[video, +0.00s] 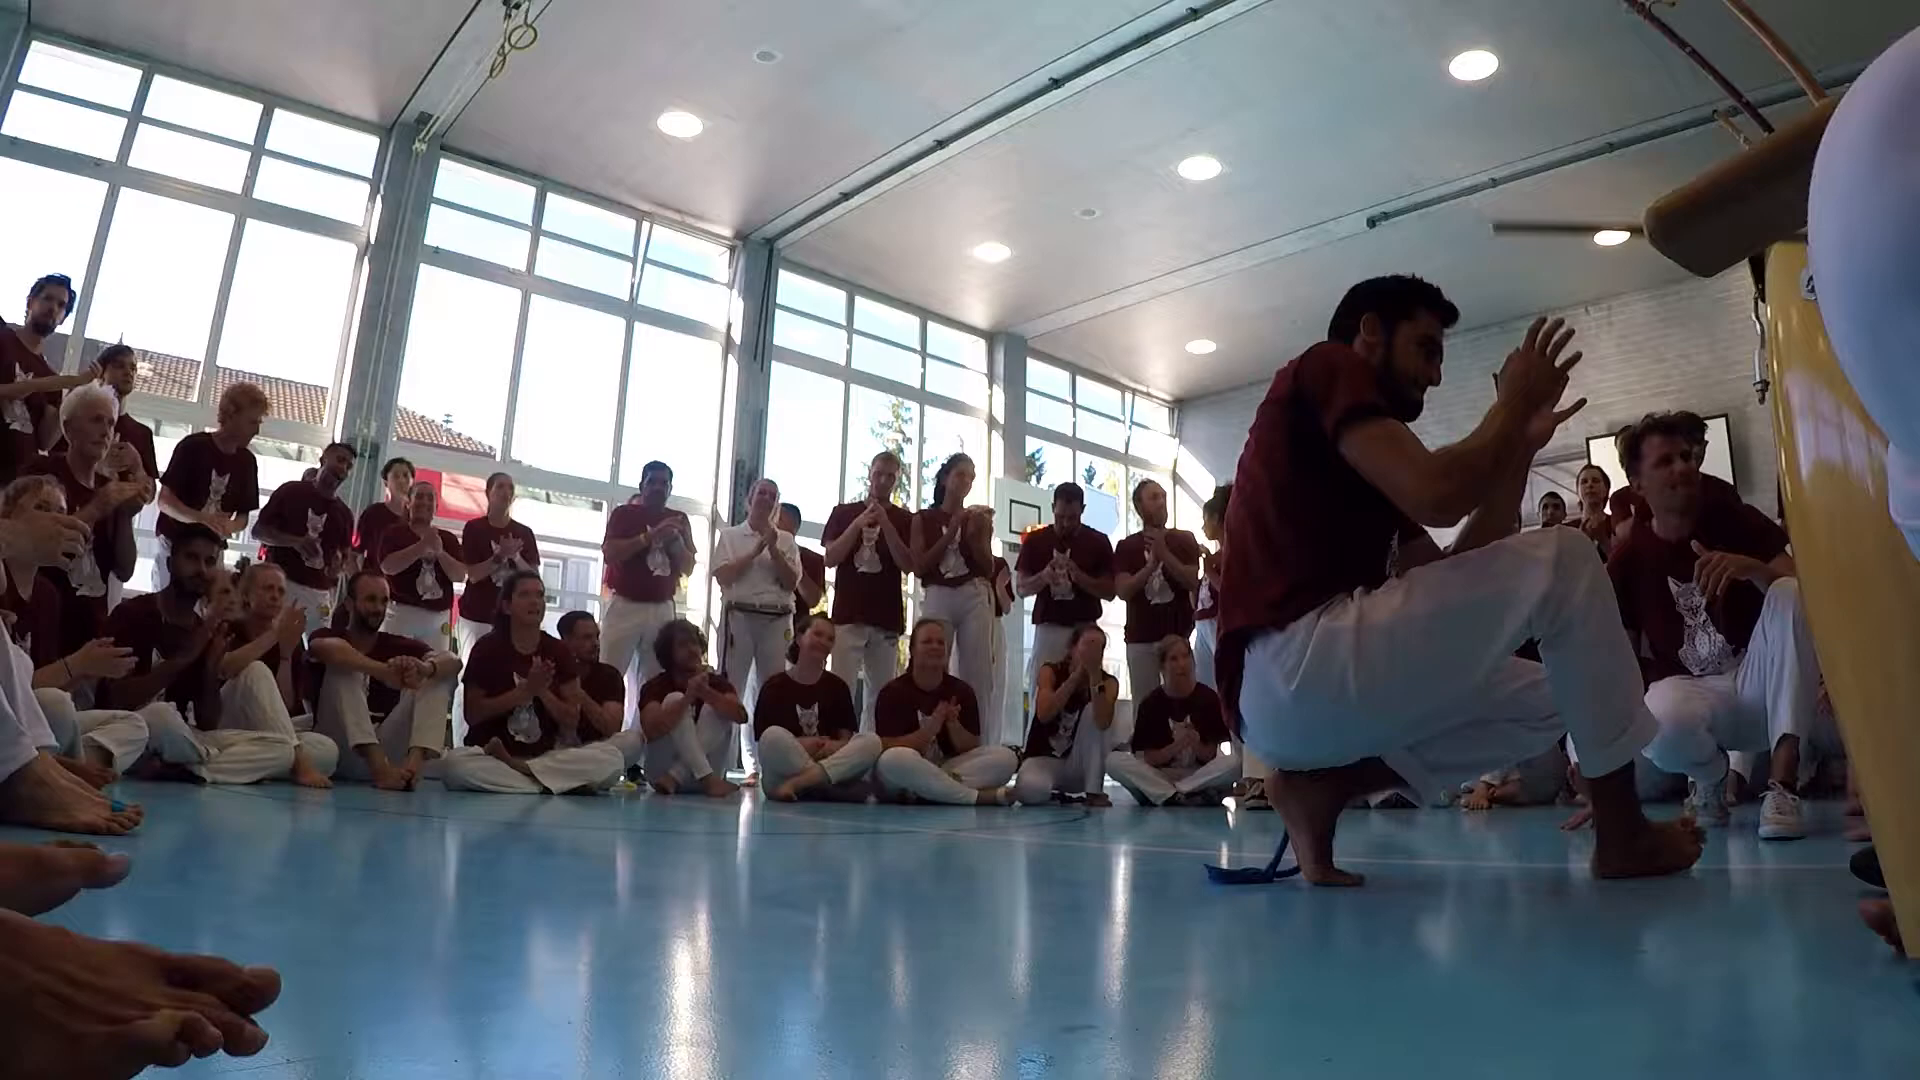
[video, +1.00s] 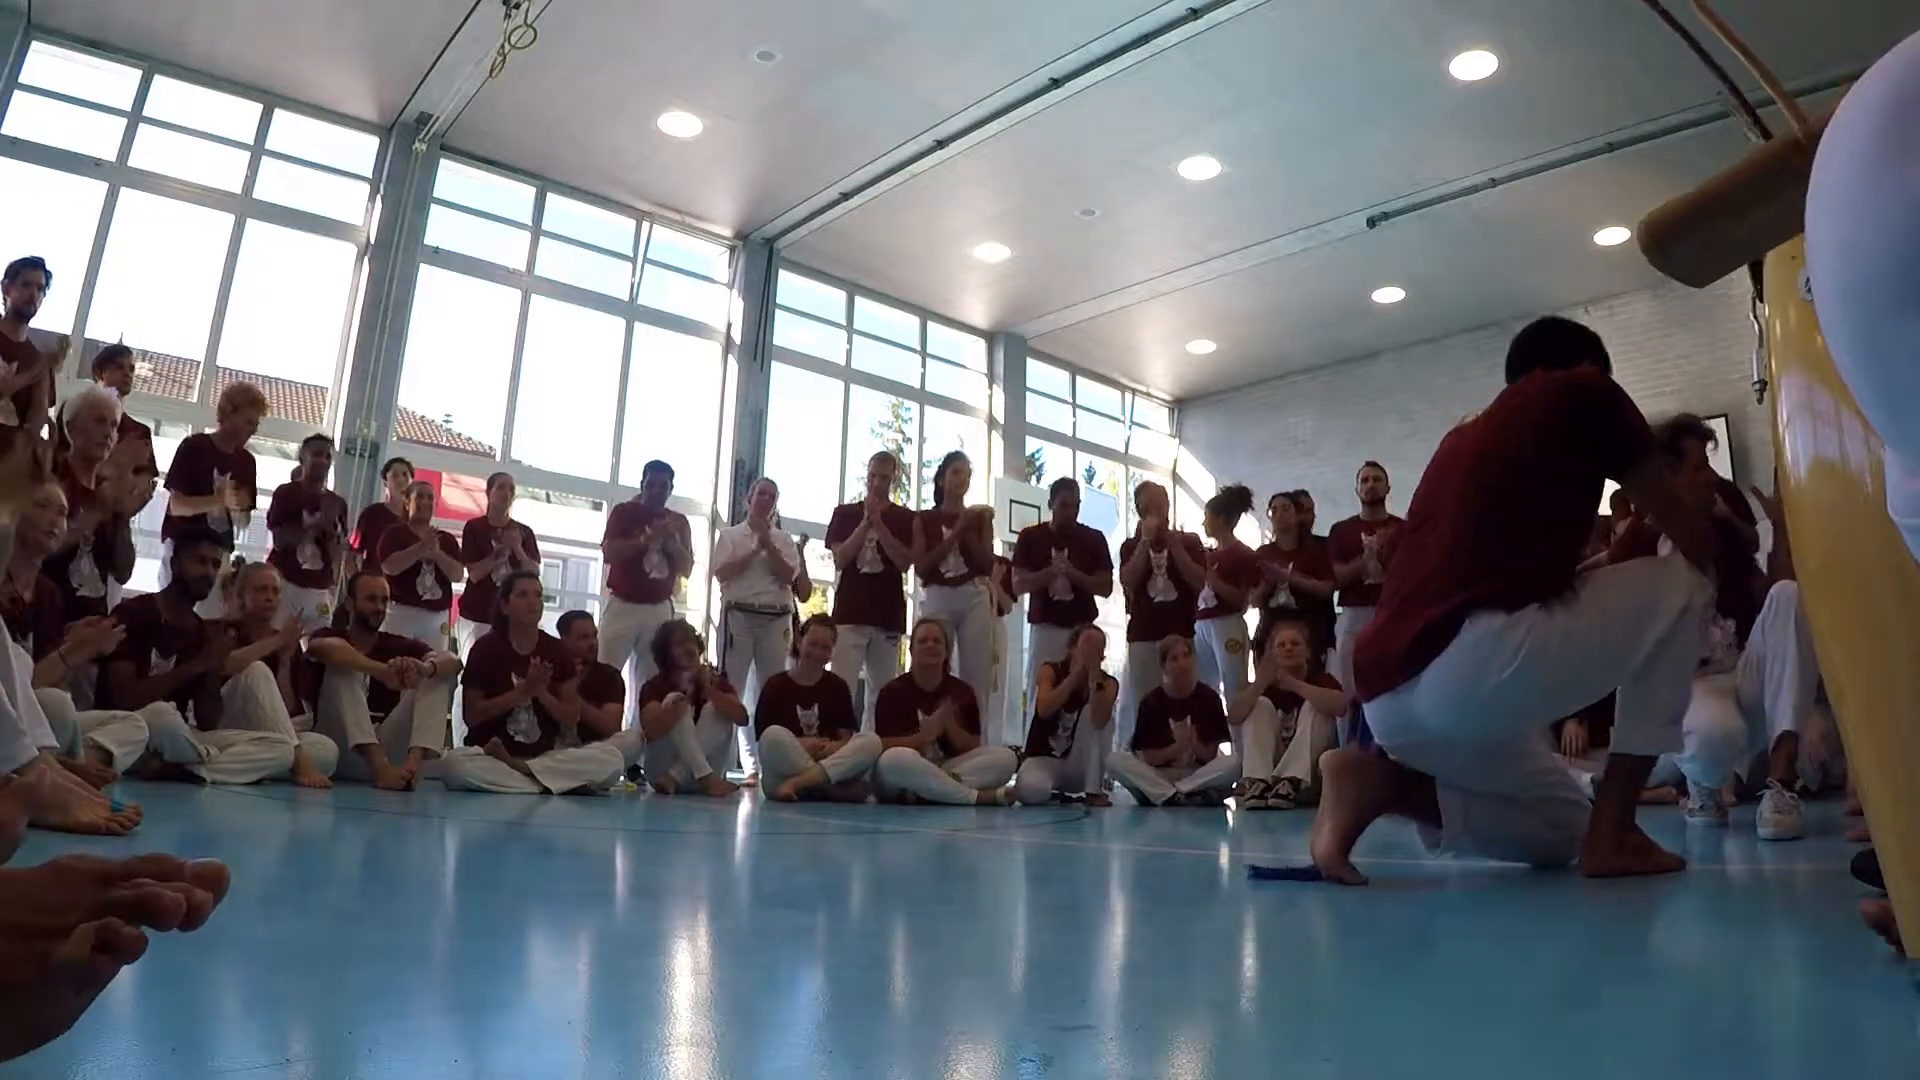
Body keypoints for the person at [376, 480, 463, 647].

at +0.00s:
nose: (425, 502)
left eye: (430, 498)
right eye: (420, 497)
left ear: (436, 506)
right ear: (409, 503)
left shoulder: (448, 538)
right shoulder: (395, 533)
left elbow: (460, 576)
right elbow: (387, 567)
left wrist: (440, 554)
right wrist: (421, 547)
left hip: (437, 615)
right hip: (400, 611)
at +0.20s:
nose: (426, 503)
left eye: (431, 498)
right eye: (420, 497)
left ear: (437, 505)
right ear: (408, 501)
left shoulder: (447, 538)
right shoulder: (394, 533)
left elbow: (460, 576)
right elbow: (387, 567)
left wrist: (442, 555)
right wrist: (421, 547)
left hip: (437, 615)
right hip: (400, 610)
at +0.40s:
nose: (425, 503)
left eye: (430, 499)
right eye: (420, 497)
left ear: (436, 505)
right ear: (409, 503)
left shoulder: (447, 539)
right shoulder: (394, 533)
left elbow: (459, 576)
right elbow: (387, 567)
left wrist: (442, 554)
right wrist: (421, 546)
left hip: (437, 615)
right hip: (400, 610)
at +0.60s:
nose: (425, 503)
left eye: (430, 499)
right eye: (420, 497)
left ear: (435, 505)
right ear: (408, 502)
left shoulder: (444, 538)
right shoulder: (394, 533)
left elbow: (457, 577)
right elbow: (387, 568)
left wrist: (447, 551)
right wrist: (417, 547)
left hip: (436, 614)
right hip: (401, 610)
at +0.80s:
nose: (425, 503)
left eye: (430, 498)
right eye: (419, 498)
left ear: (435, 504)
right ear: (407, 503)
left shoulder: (445, 538)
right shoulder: (395, 532)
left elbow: (457, 577)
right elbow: (387, 568)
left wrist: (443, 555)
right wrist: (419, 545)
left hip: (436, 614)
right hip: (401, 610)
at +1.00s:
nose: (425, 502)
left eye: (429, 498)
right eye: (419, 497)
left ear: (435, 504)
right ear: (408, 502)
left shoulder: (446, 539)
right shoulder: (395, 533)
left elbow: (458, 575)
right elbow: (389, 567)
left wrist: (436, 554)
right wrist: (421, 548)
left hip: (436, 615)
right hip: (400, 611)